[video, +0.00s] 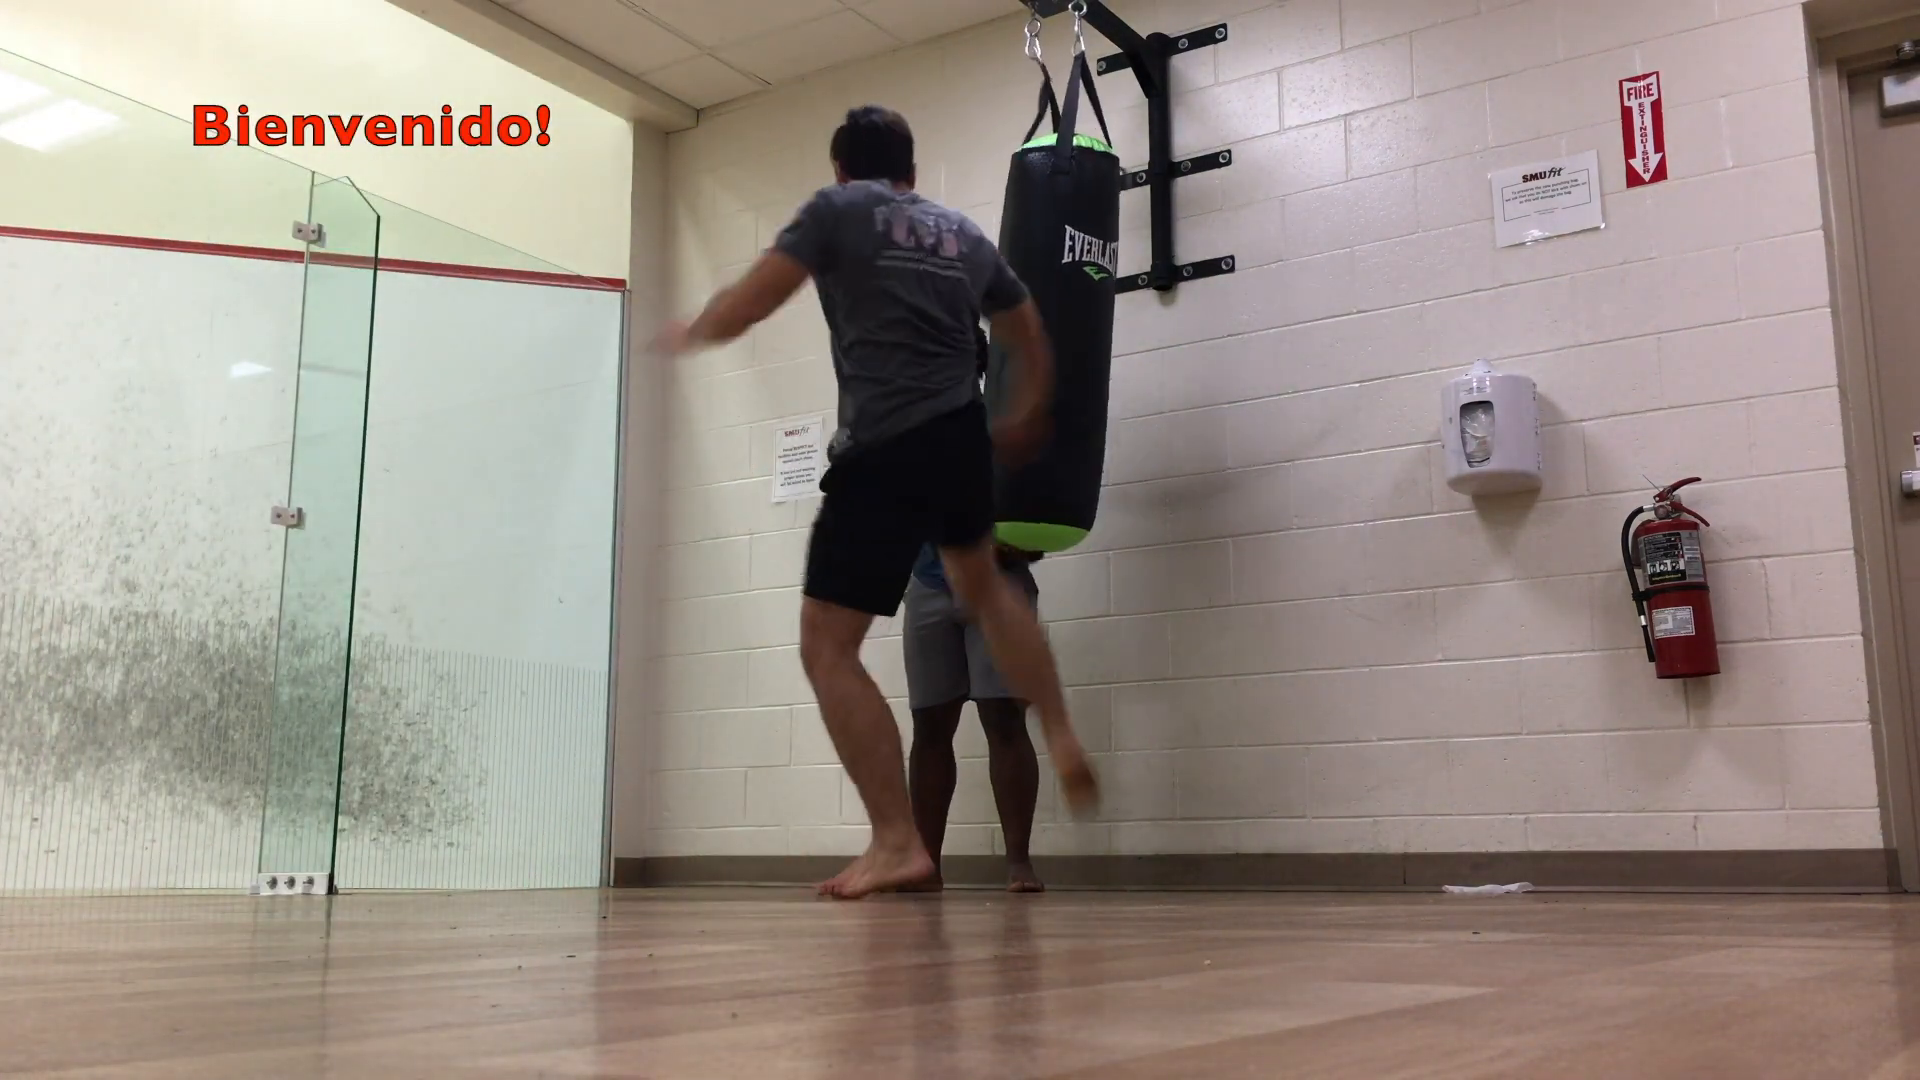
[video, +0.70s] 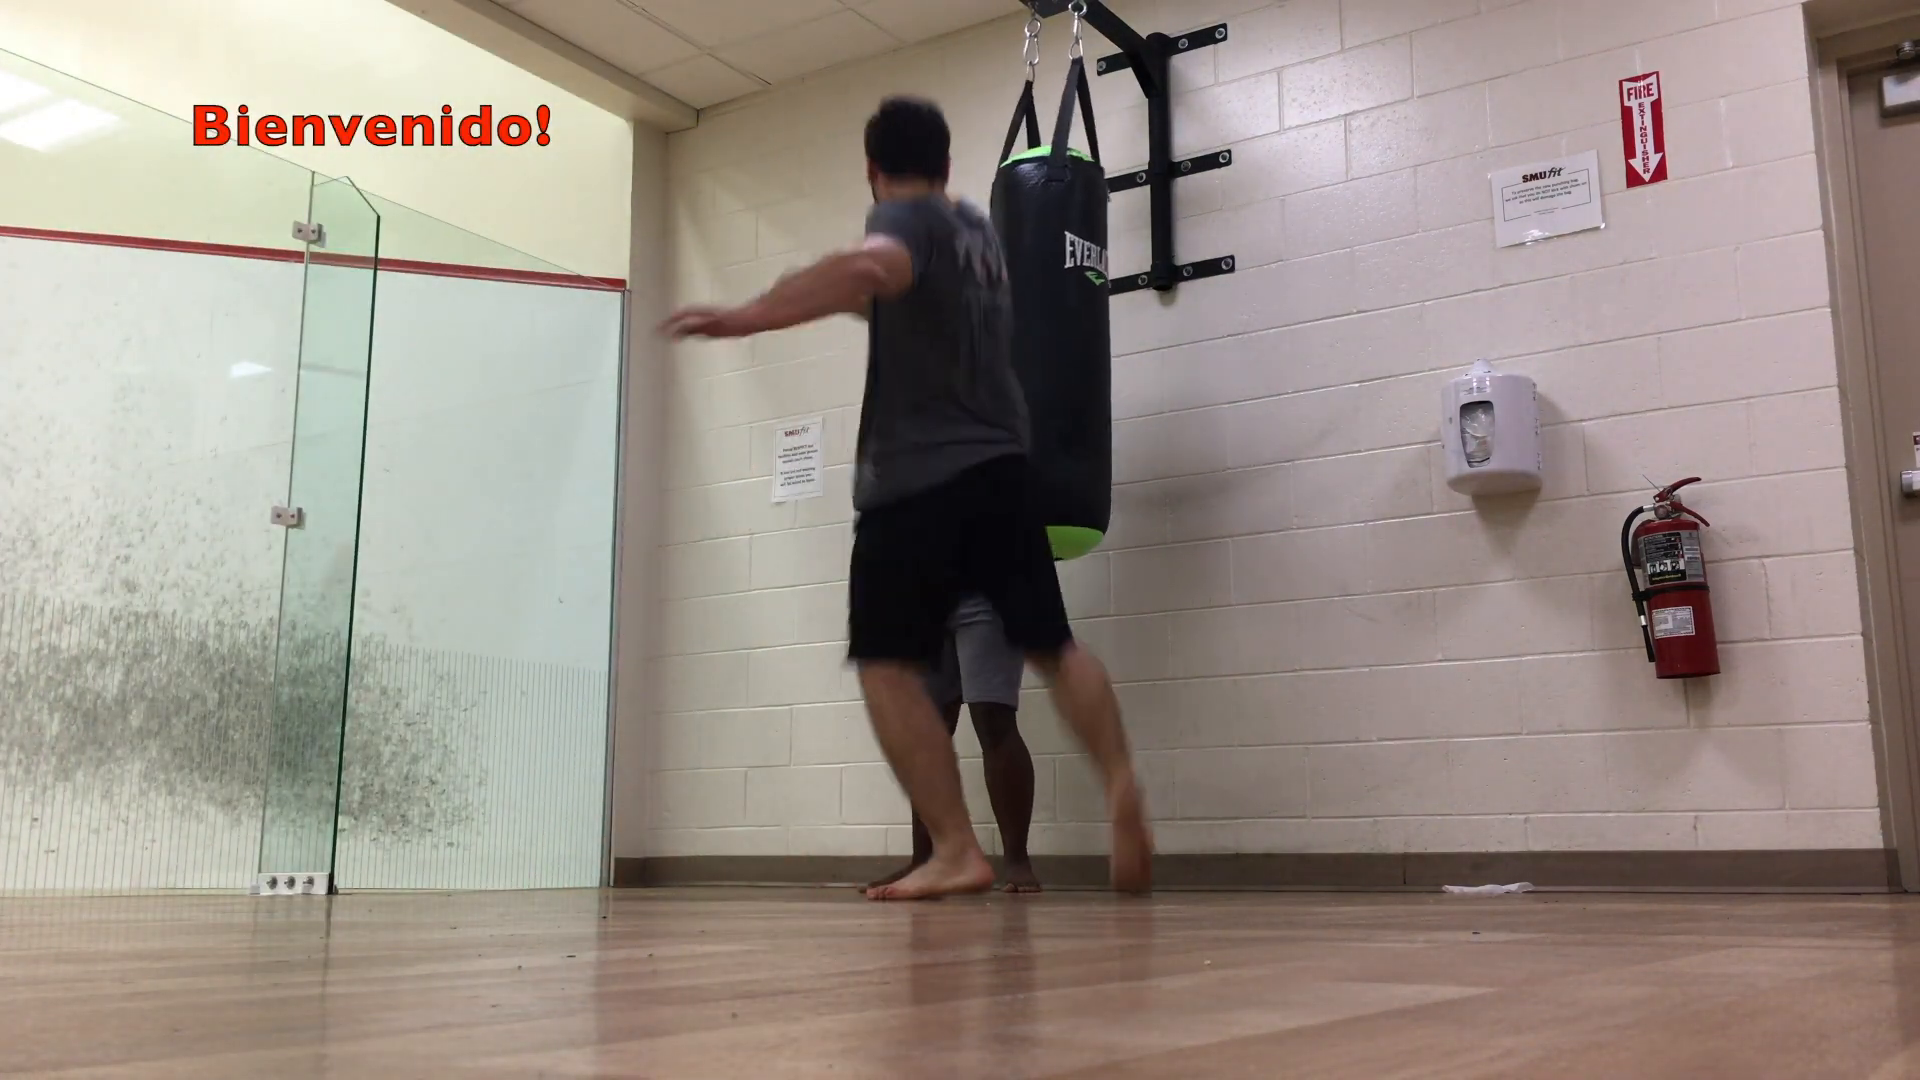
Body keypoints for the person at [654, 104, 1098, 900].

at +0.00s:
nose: (835, 182)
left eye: (835, 172)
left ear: (838, 170)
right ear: (912, 171)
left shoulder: (834, 210)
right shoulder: (961, 232)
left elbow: (749, 302)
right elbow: (1032, 338)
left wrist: (693, 330)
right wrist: (1024, 415)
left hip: (879, 456)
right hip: (963, 445)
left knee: (829, 648)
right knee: (983, 582)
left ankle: (897, 844)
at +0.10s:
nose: (855, 205)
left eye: (852, 193)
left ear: (855, 193)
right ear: (926, 193)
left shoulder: (875, 241)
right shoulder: (963, 260)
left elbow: (817, 290)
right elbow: (941, 378)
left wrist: (674, 307)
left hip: (880, 484)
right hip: (966, 480)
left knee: (837, 679)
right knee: (1007, 672)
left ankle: (900, 859)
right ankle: (1065, 860)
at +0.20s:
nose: (849, 169)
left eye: (849, 159)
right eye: (857, 160)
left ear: (853, 154)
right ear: (925, 163)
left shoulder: (882, 194)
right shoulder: (940, 221)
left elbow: (857, 252)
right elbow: (880, 340)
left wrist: (748, 318)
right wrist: (769, 335)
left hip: (896, 457)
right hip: (964, 448)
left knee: (852, 643)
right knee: (1019, 597)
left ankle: (899, 847)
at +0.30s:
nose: (839, 160)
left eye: (841, 147)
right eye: (845, 149)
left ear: (853, 140)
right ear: (915, 145)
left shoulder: (874, 186)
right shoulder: (927, 199)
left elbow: (810, 314)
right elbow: (937, 334)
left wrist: (797, 301)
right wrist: (867, 390)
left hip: (922, 440)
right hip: (950, 427)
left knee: (884, 628)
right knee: (961, 453)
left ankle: (919, 849)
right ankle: (1110, 477)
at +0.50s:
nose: (847, 148)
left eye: (846, 138)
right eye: (858, 140)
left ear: (852, 135)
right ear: (922, 131)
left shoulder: (861, 171)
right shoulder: (984, 197)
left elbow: (823, 299)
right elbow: (1051, 303)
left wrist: (765, 382)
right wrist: (980, 346)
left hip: (913, 422)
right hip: (988, 407)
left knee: (873, 622)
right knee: (1005, 545)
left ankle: (934, 824)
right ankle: (1120, 678)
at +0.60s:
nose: (861, 173)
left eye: (859, 162)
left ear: (865, 162)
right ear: (938, 157)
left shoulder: (885, 213)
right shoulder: (986, 224)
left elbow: (868, 280)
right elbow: (1015, 331)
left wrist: (770, 375)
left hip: (907, 462)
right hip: (999, 456)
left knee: (859, 656)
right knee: (1046, 650)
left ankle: (949, 841)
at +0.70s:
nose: (869, 181)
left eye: (867, 170)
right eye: (876, 174)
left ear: (874, 170)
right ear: (947, 166)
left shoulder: (902, 219)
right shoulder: (981, 232)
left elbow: (871, 271)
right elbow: (923, 310)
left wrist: (743, 317)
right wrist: (835, 287)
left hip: (913, 489)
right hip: (1001, 478)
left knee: (887, 665)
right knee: (1055, 646)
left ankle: (955, 851)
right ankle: (1122, 785)